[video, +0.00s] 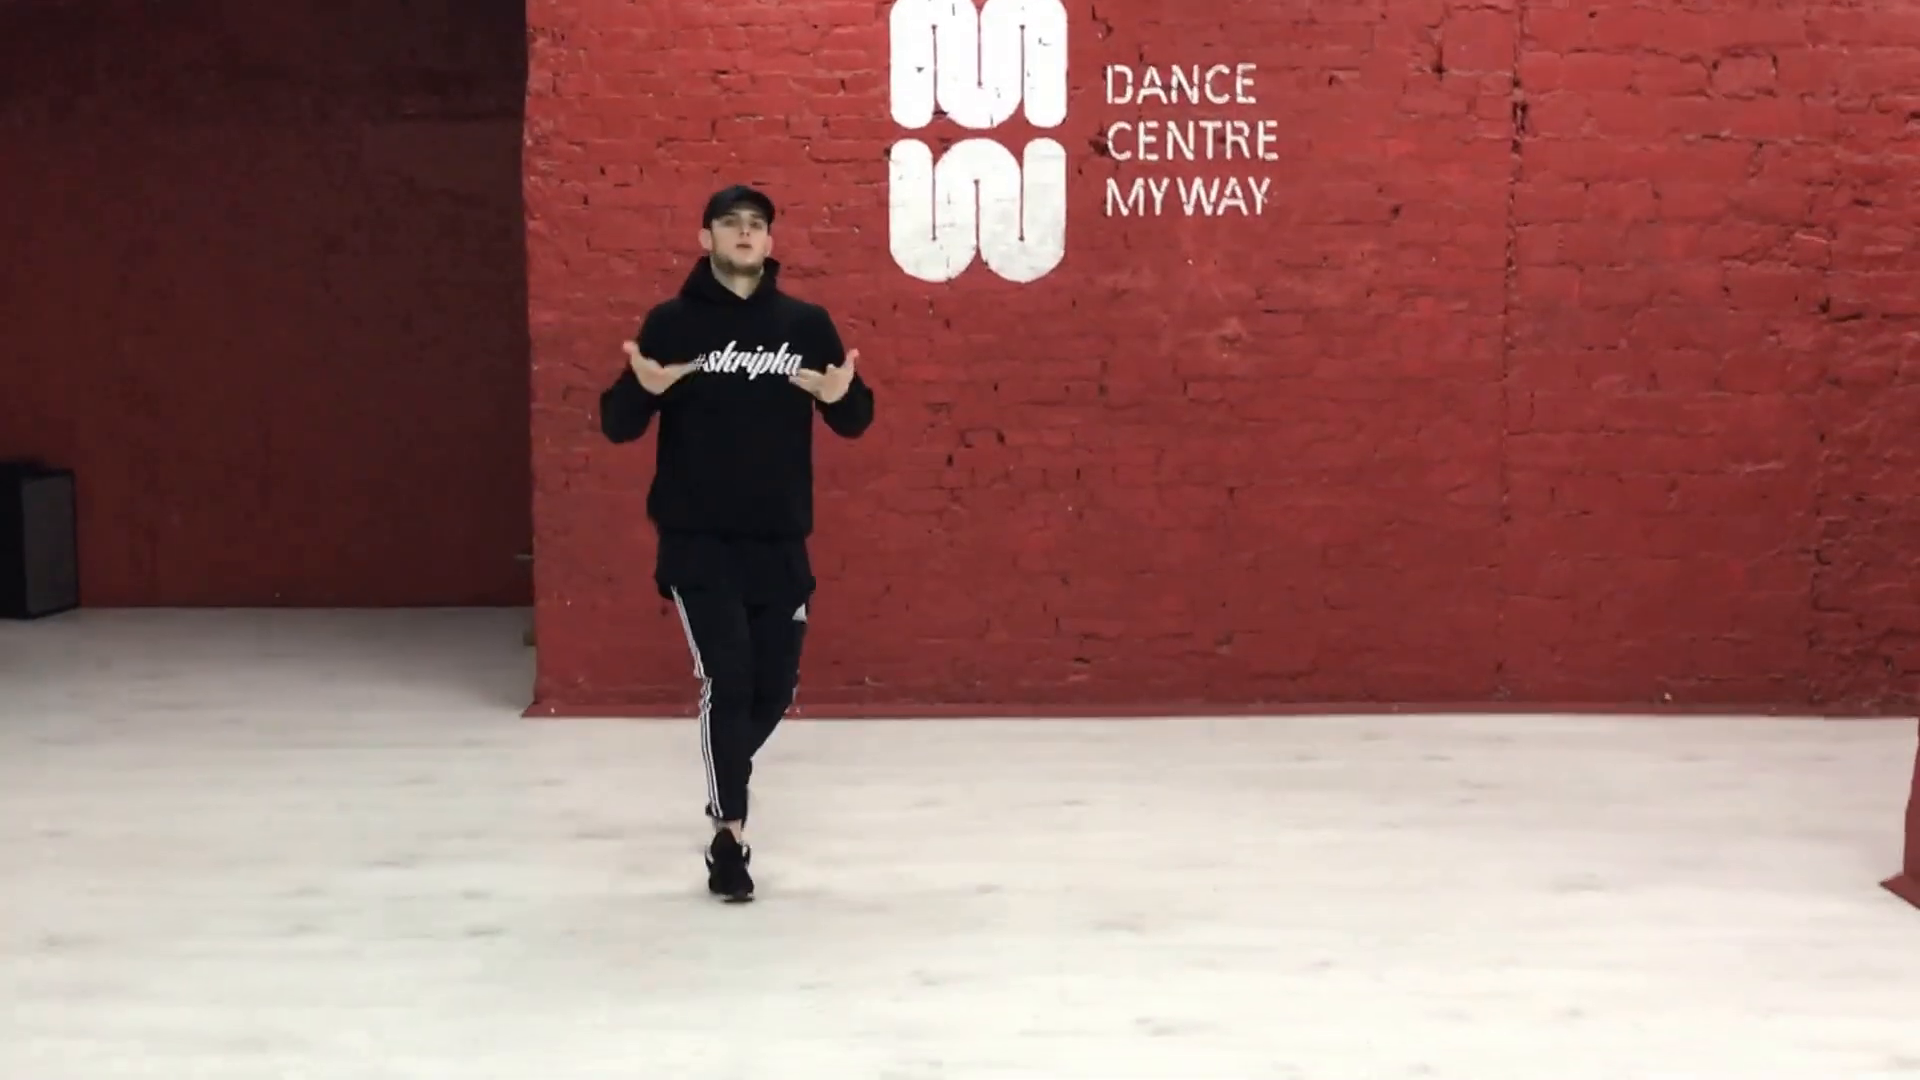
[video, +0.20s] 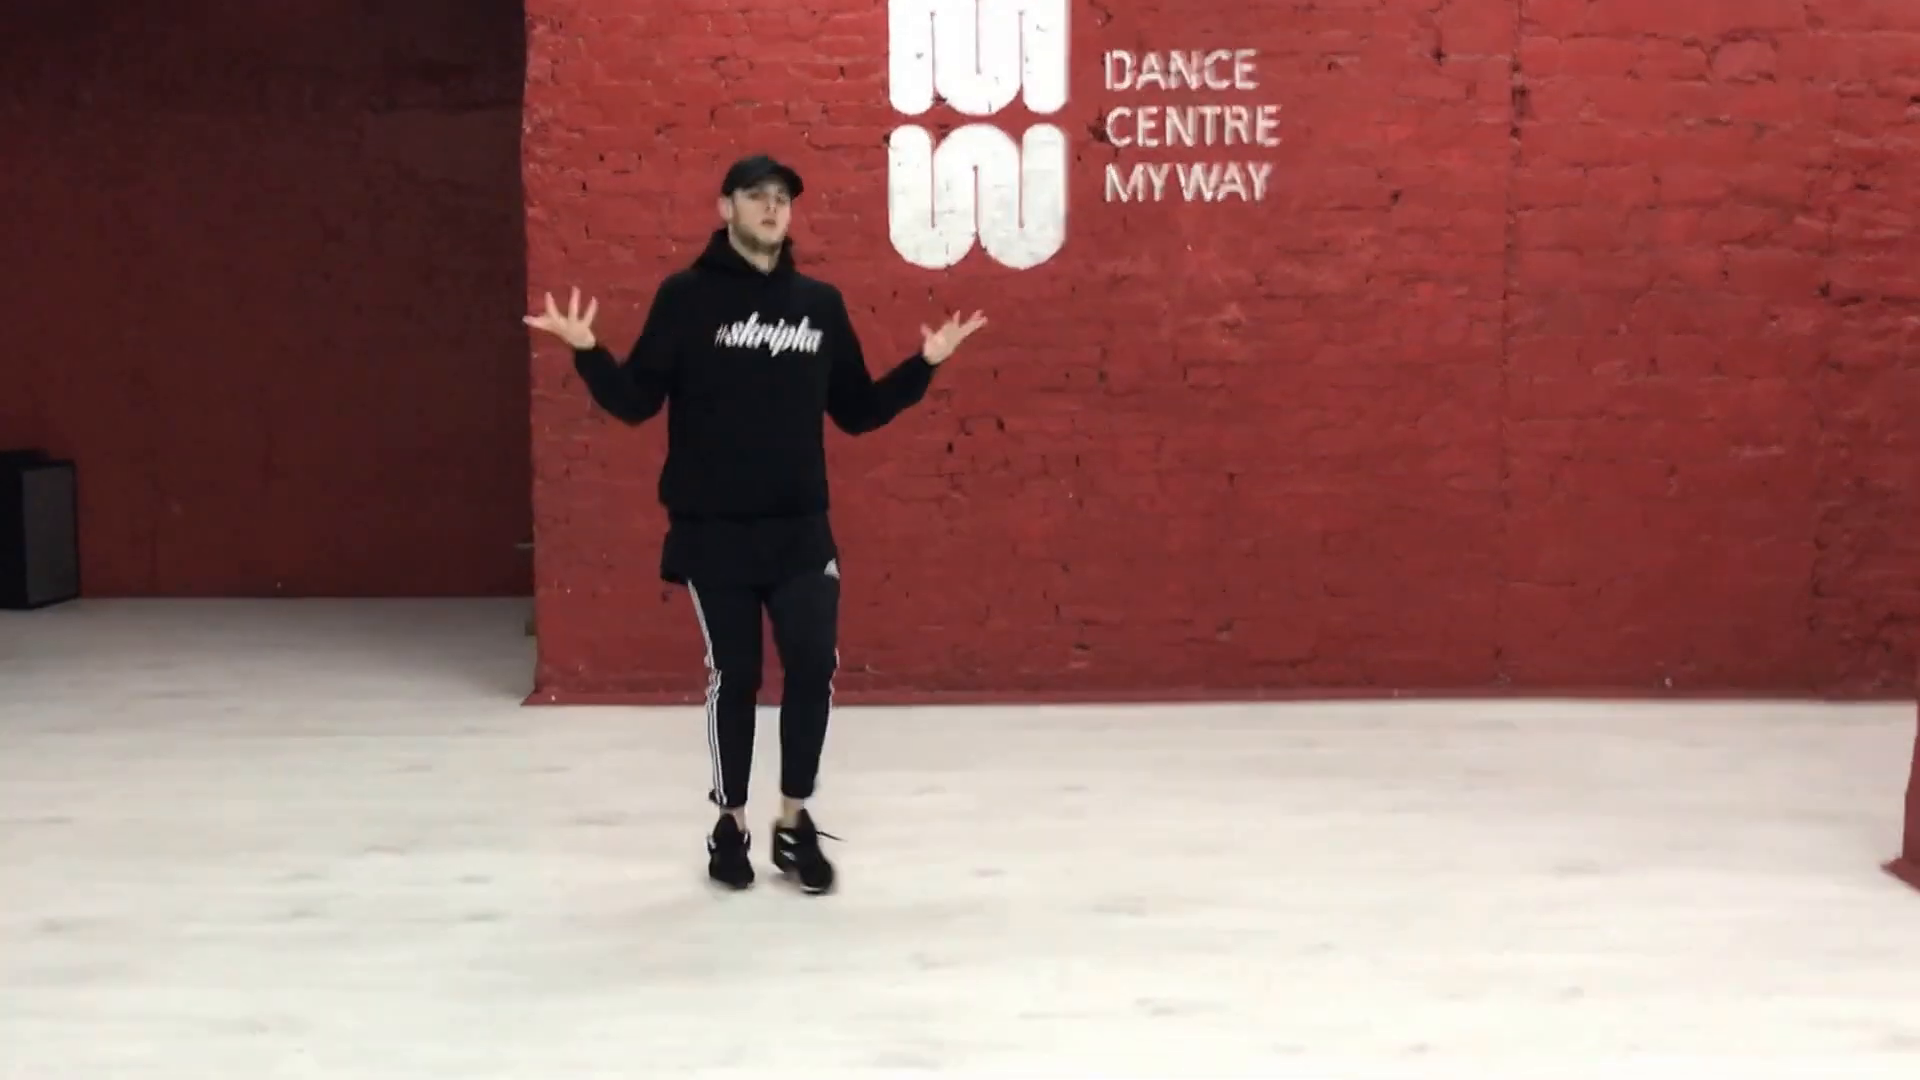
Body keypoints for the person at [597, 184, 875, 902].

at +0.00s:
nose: (744, 236)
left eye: (755, 225)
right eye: (730, 225)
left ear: (771, 239)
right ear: (707, 238)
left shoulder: (805, 324)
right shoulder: (674, 323)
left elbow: (855, 422)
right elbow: (617, 426)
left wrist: (842, 394)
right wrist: (642, 388)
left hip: (779, 535)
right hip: (697, 534)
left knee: (774, 693)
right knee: (731, 684)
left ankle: (721, 774)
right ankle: (730, 835)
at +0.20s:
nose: (770, 209)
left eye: (780, 198)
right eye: (756, 197)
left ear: (793, 212)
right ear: (727, 208)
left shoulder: (819, 304)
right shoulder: (686, 296)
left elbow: (857, 411)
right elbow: (635, 402)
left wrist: (925, 361)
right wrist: (588, 349)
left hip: (799, 522)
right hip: (713, 522)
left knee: (814, 669)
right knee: (736, 673)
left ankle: (795, 824)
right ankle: (730, 826)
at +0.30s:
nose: (786, 216)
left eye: (797, 204)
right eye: (773, 201)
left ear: (807, 211)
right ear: (742, 200)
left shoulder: (827, 296)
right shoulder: (692, 281)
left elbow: (883, 398)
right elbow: (627, 376)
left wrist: (926, 330)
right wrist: (619, 314)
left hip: (810, 517)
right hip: (723, 516)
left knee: (813, 674)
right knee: (746, 673)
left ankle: (825, 846)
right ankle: (731, 822)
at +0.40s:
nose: (795, 256)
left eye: (808, 243)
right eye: (784, 241)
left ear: (824, 233)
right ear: (756, 223)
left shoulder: (838, 305)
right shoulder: (705, 290)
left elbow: (913, 389)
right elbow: (624, 351)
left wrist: (905, 310)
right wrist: (688, 268)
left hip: (827, 523)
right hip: (739, 525)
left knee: (832, 675)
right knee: (763, 675)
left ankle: (830, 842)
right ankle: (735, 809)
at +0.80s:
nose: (829, 246)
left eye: (841, 234)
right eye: (818, 232)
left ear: (858, 217)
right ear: (789, 211)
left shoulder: (882, 267)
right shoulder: (746, 254)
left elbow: (955, 296)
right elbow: (682, 276)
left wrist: (1015, 320)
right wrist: (646, 295)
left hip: (856, 496)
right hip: (765, 494)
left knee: (847, 653)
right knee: (776, 660)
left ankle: (829, 816)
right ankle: (781, 752)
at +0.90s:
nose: (827, 250)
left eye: (839, 238)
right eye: (815, 236)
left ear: (857, 223)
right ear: (791, 216)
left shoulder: (884, 279)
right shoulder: (752, 263)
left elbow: (956, 325)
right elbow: (691, 304)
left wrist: (1037, 359)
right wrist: (633, 341)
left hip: (859, 501)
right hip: (766, 499)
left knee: (849, 651)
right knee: (775, 662)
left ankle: (828, 810)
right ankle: (794, 740)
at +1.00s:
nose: (823, 227)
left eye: (834, 215)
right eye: (811, 214)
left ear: (854, 199)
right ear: (789, 194)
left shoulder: (887, 264)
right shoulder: (748, 247)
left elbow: (949, 355)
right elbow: (692, 334)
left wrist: (998, 442)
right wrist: (657, 419)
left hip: (858, 487)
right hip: (766, 485)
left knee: (840, 633)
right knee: (779, 647)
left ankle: (827, 801)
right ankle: (813, 722)